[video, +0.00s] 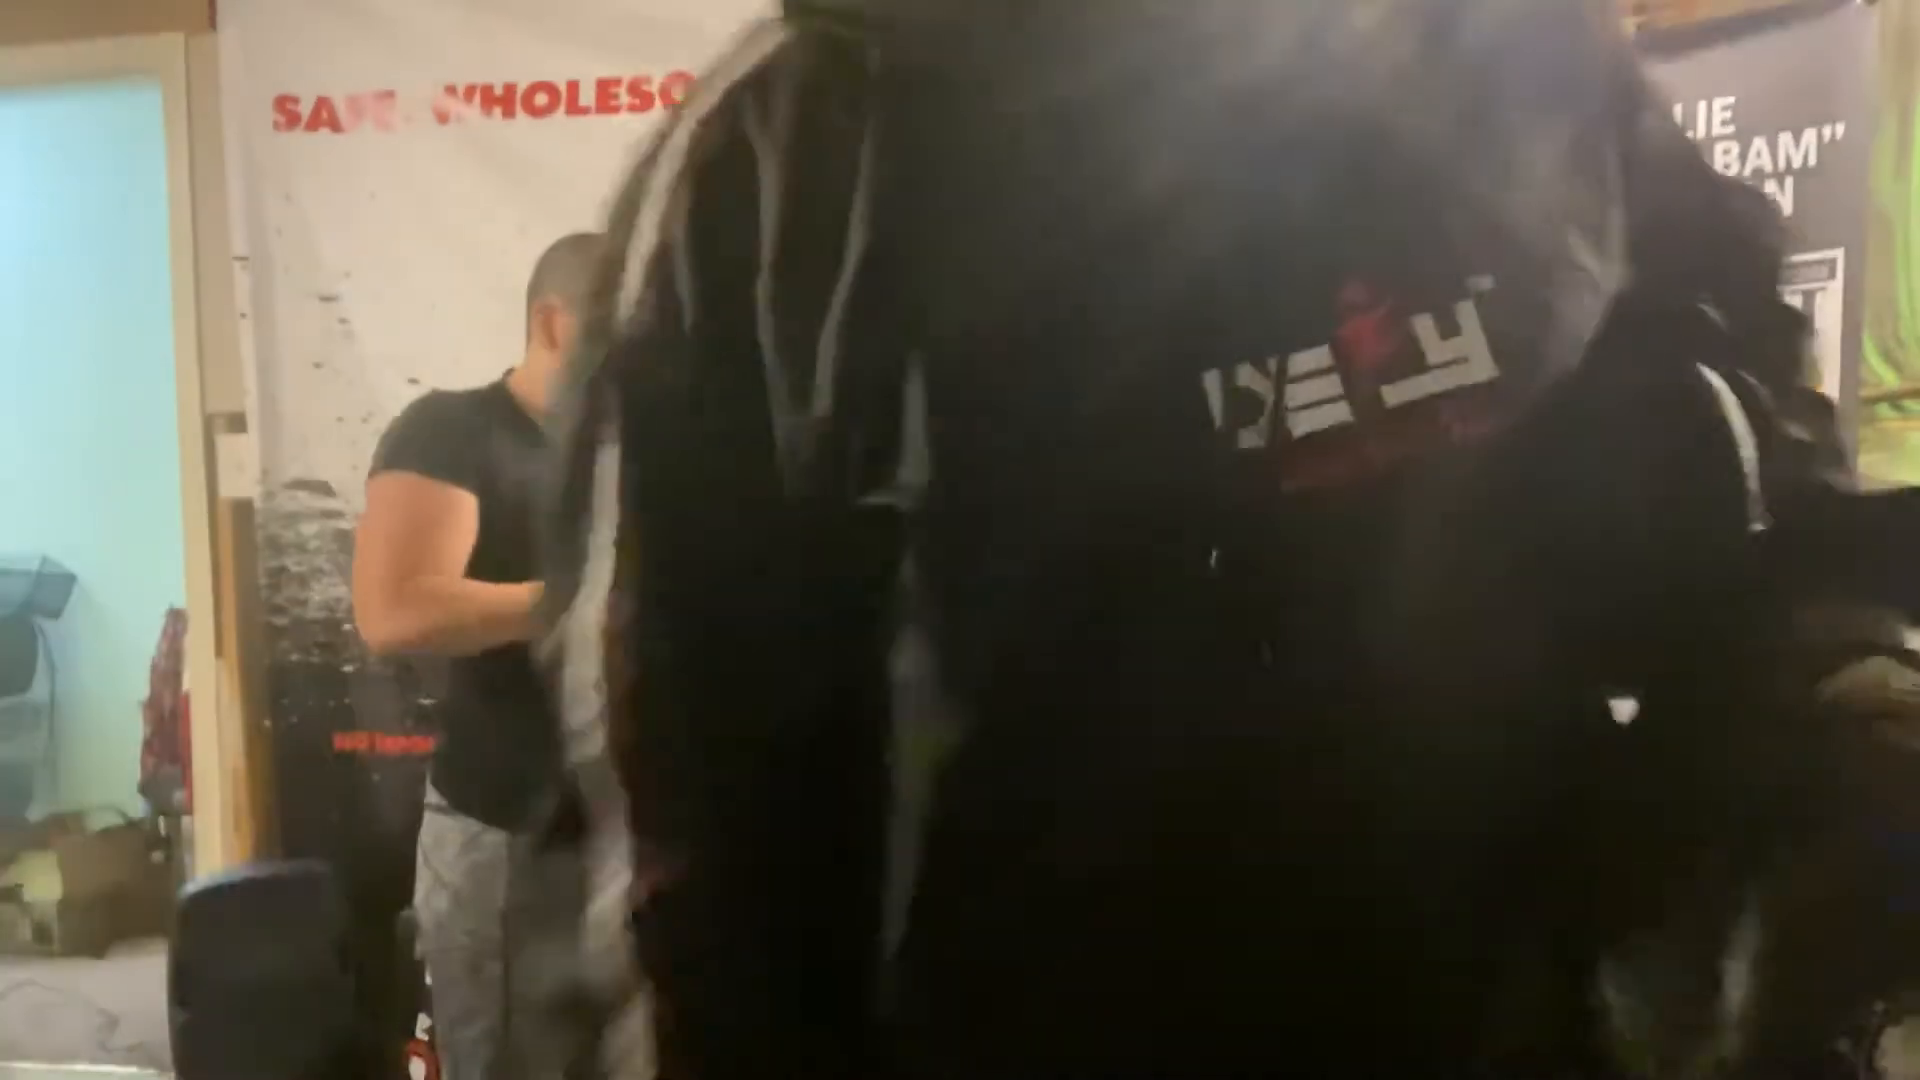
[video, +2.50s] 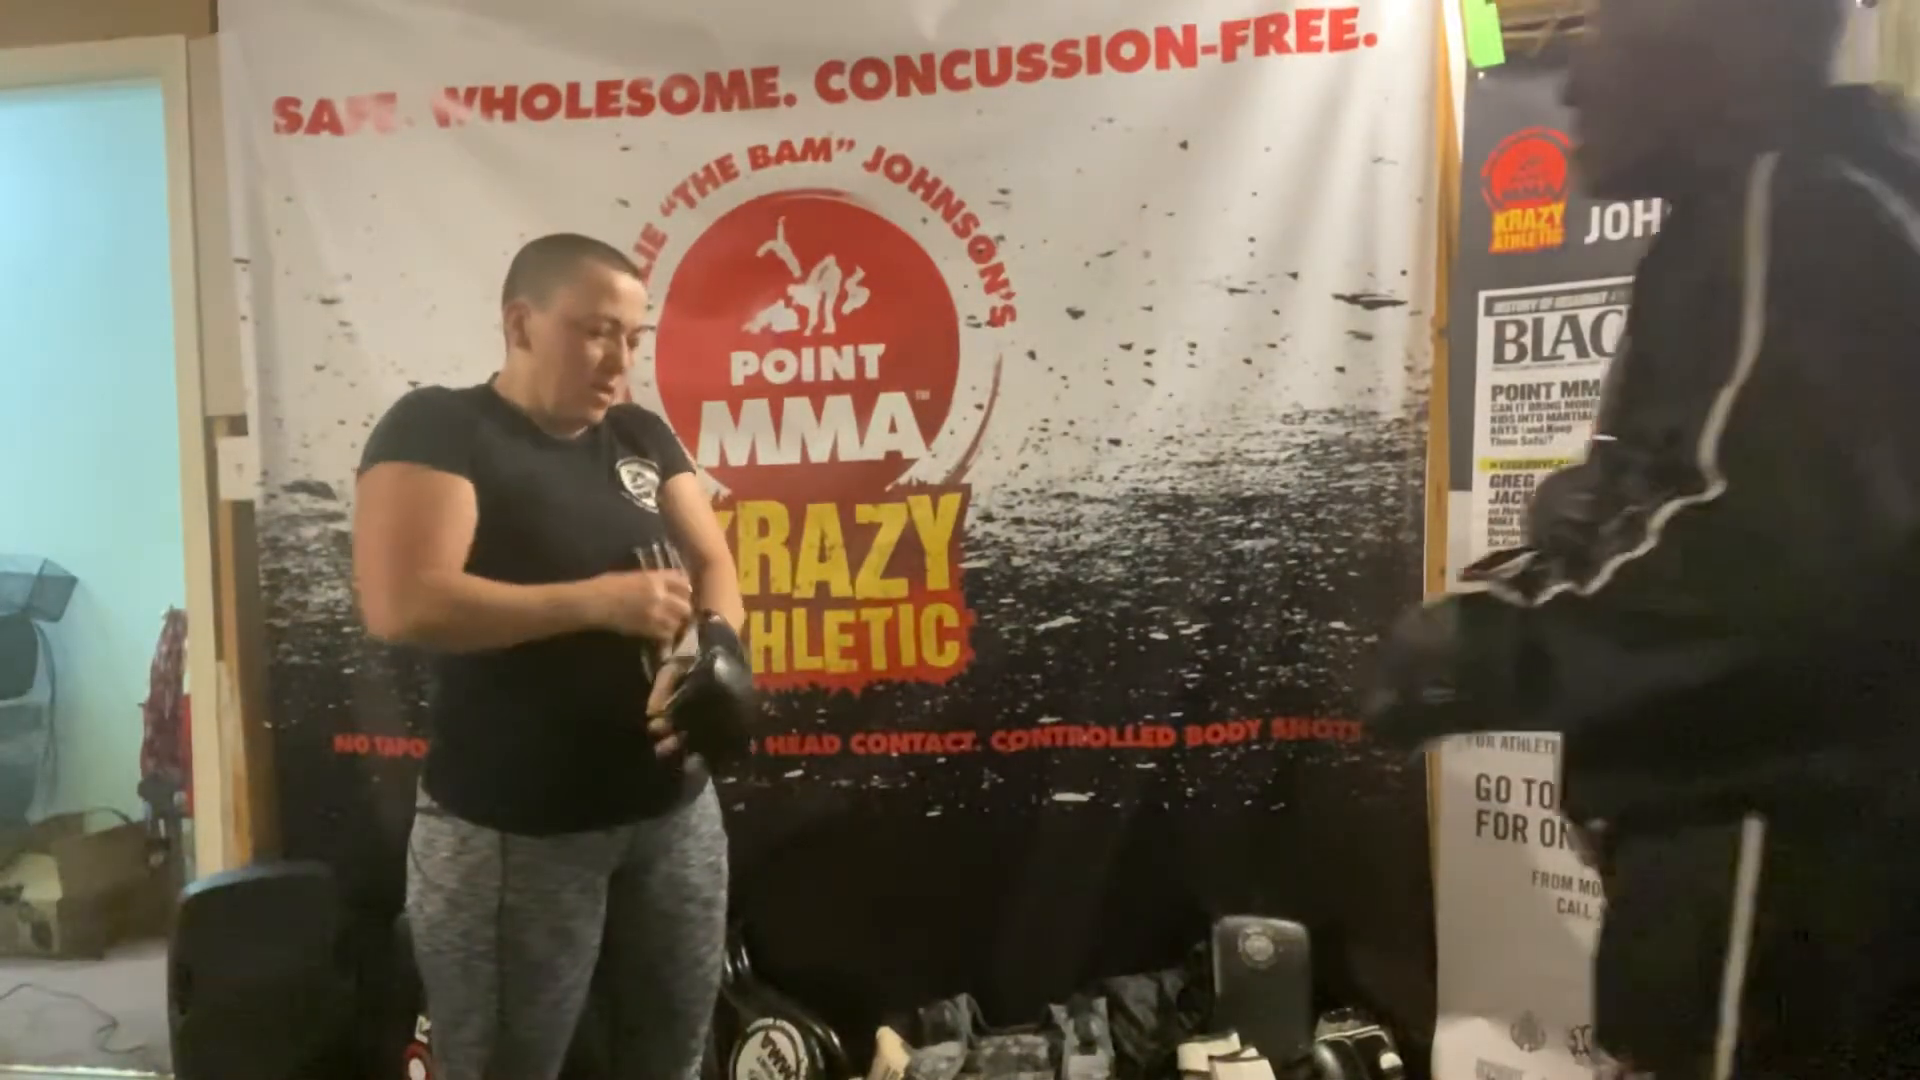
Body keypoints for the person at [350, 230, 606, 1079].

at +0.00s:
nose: (614, 347)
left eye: (625, 329)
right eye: (603, 324)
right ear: (549, 319)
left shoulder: (629, 449)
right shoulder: (448, 431)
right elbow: (394, 610)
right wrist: (579, 599)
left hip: (623, 833)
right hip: (494, 834)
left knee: (622, 1061)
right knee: (498, 1063)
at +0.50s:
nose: (641, 372)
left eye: (651, 351)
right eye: (623, 344)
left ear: (659, 351)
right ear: (543, 327)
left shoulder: (643, 440)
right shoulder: (442, 430)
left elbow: (725, 573)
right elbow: (430, 604)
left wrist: (698, 620)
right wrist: (615, 593)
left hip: (676, 826)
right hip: (513, 840)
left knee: (670, 1067)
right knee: (505, 1068)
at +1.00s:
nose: (639, 370)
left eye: (648, 347)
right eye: (619, 341)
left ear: (654, 347)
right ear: (540, 326)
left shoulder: (643, 437)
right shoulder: (440, 425)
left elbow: (734, 560)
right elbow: (441, 594)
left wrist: (701, 614)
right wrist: (623, 580)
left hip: (675, 825)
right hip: (511, 841)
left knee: (666, 1066)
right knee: (502, 1068)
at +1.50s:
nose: (632, 362)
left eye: (642, 342)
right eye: (613, 334)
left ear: (647, 346)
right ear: (531, 322)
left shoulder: (640, 435)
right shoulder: (437, 426)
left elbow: (721, 553)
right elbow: (447, 590)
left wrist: (701, 631)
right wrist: (627, 572)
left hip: (675, 824)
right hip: (511, 838)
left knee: (665, 1066)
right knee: (502, 1068)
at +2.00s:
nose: (619, 360)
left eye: (630, 338)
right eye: (597, 333)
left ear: (637, 340)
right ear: (518, 323)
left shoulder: (638, 434)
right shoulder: (436, 423)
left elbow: (716, 547)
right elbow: (451, 581)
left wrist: (697, 666)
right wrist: (633, 569)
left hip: (674, 822)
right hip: (512, 836)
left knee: (663, 1064)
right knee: (502, 1067)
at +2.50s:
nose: (620, 360)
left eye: (631, 338)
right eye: (600, 333)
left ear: (639, 339)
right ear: (520, 324)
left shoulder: (642, 437)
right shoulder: (434, 427)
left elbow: (713, 565)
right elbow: (402, 603)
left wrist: (711, 660)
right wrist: (600, 600)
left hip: (672, 827)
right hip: (507, 842)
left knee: (661, 1066)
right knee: (498, 1067)